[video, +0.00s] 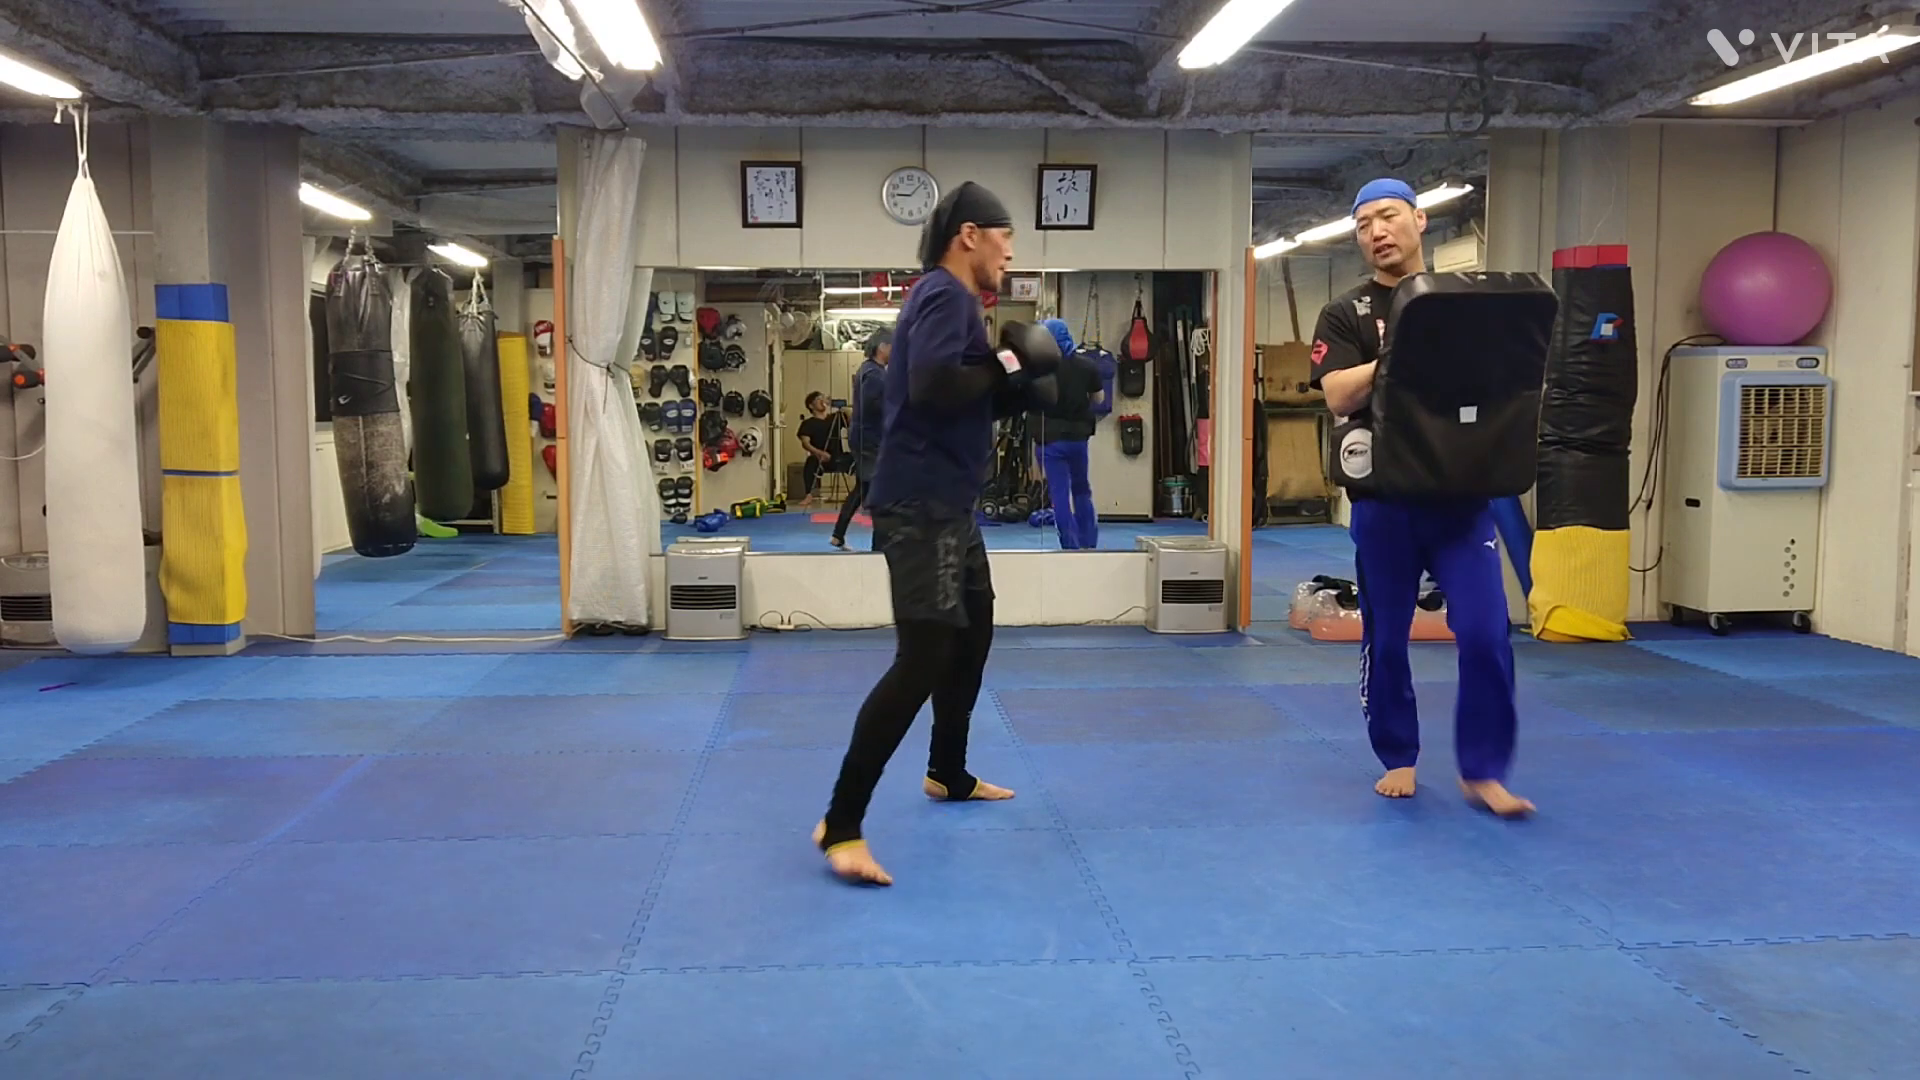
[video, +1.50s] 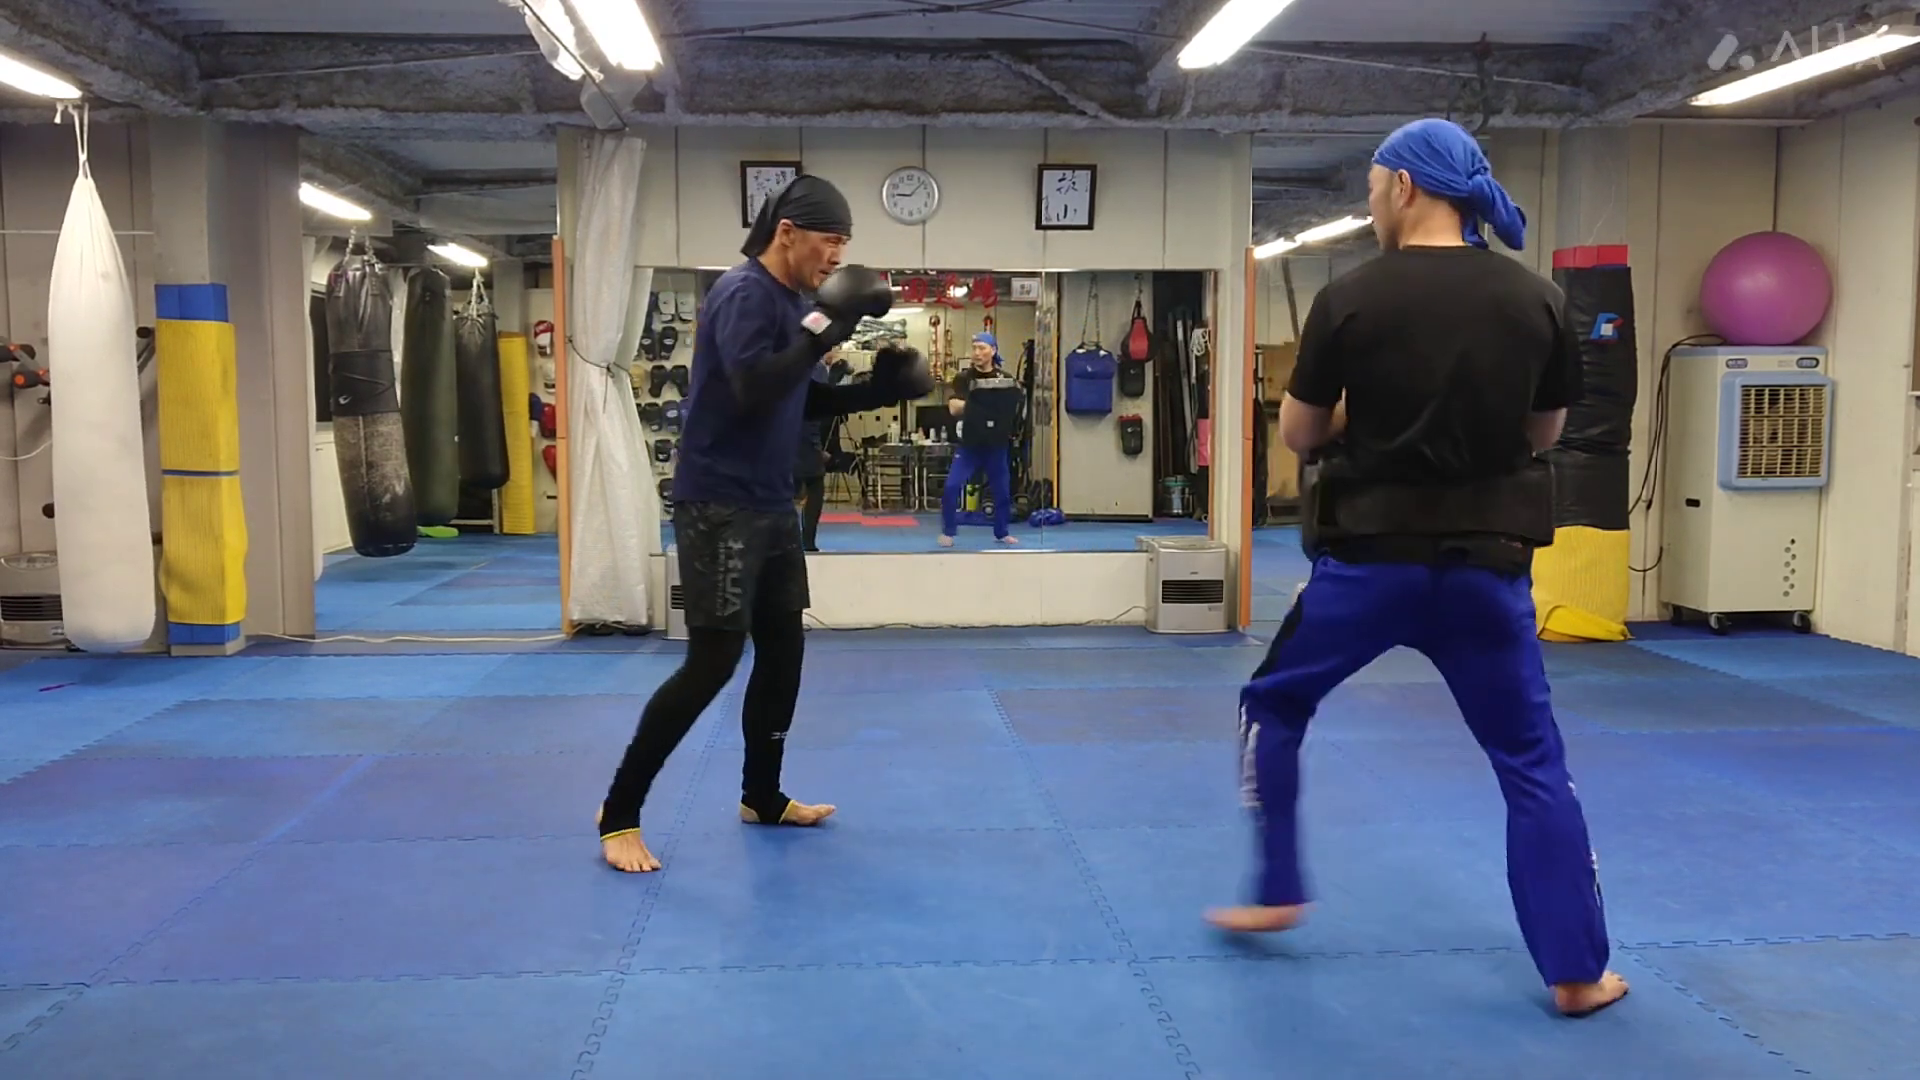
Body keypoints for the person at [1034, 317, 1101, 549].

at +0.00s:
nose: (1043, 345)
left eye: (1043, 339)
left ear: (1044, 342)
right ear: (1067, 337)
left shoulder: (1039, 367)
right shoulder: (1084, 364)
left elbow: (1031, 402)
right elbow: (1098, 396)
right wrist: (1078, 400)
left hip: (1049, 438)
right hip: (1078, 436)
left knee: (1059, 492)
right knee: (1081, 489)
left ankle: (1069, 543)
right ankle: (1088, 539)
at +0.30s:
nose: (1024, 342)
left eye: (1027, 338)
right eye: (1025, 337)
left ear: (1040, 341)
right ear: (1052, 341)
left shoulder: (1031, 370)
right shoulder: (1066, 368)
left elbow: (1013, 403)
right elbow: (1070, 394)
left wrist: (1013, 387)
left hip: (1036, 436)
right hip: (1062, 432)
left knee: (1032, 490)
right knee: (1059, 486)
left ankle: (1062, 526)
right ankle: (1068, 533)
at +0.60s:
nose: (1003, 343)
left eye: (1006, 338)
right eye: (1004, 338)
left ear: (1019, 341)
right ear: (1018, 341)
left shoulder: (1022, 368)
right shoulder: (1025, 366)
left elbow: (1010, 399)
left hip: (1015, 436)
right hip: (1023, 434)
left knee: (1002, 489)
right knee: (1018, 492)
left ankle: (1009, 540)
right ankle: (1053, 524)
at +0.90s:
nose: (983, 343)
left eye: (987, 339)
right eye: (982, 339)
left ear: (1001, 342)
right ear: (985, 342)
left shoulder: (1011, 369)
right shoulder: (978, 367)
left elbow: (1005, 400)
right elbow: (967, 392)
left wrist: (980, 389)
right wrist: (956, 380)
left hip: (1005, 435)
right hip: (981, 433)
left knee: (1002, 486)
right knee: (974, 483)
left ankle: (1010, 539)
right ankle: (969, 532)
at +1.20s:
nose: (970, 344)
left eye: (974, 339)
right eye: (968, 340)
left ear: (988, 342)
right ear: (968, 343)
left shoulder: (1003, 369)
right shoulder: (963, 369)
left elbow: (1013, 397)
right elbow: (953, 399)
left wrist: (990, 393)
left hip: (998, 434)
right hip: (971, 434)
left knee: (1002, 487)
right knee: (967, 486)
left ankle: (1005, 533)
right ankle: (966, 535)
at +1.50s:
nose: (976, 353)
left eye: (982, 348)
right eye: (974, 348)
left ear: (993, 351)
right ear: (971, 351)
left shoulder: (1005, 379)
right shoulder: (964, 377)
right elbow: (954, 407)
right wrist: (985, 406)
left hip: (997, 445)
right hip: (969, 444)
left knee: (1002, 492)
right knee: (951, 486)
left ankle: (1002, 533)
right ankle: (948, 532)